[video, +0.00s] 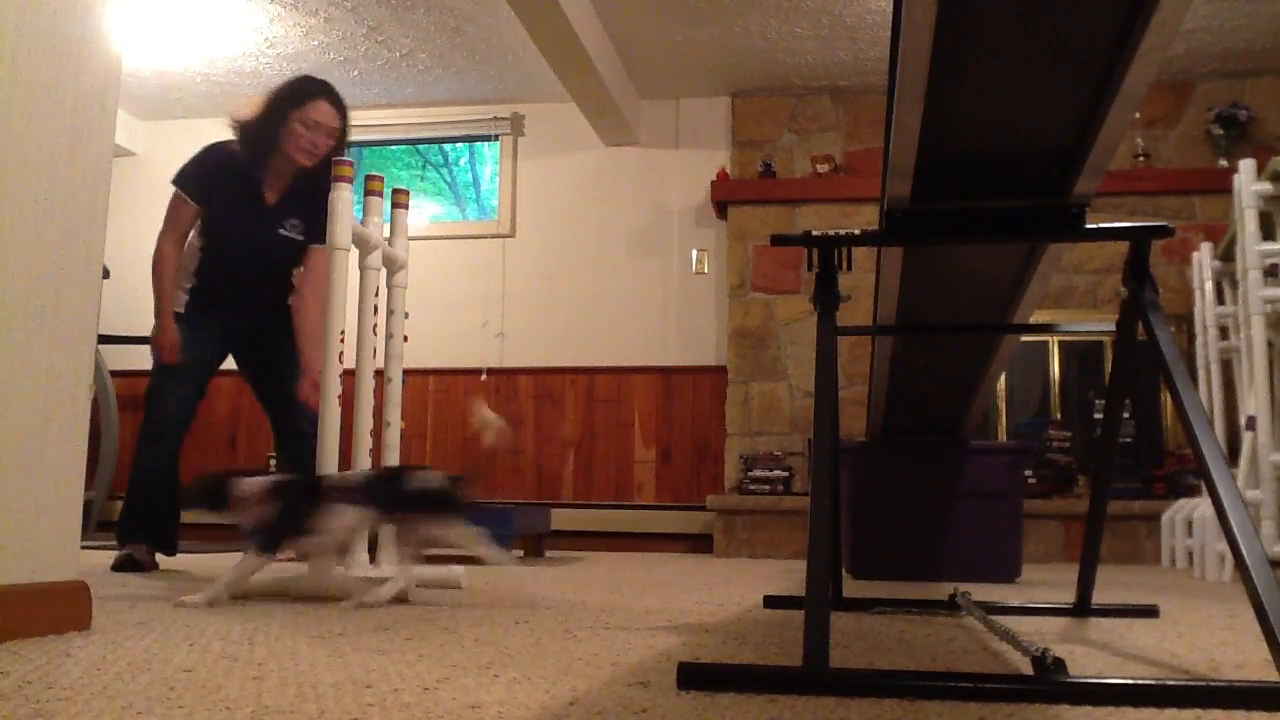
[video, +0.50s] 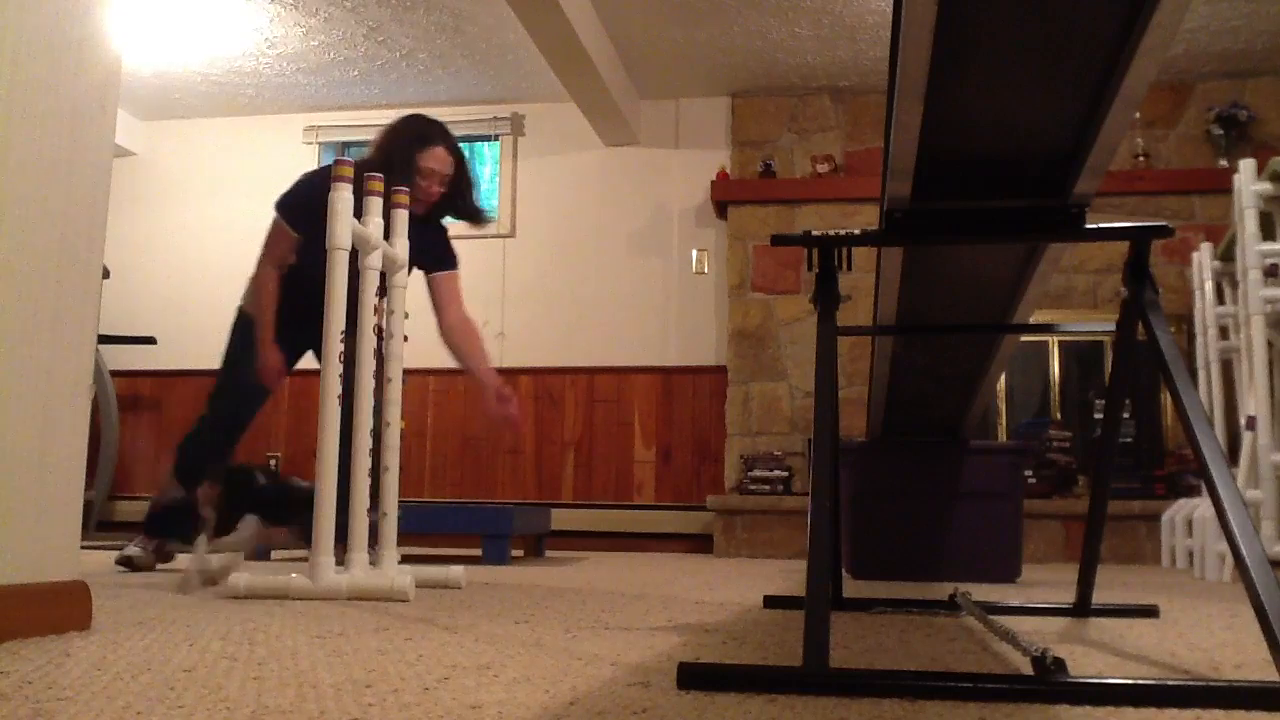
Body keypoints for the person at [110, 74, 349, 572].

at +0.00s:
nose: (316, 140)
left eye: (328, 134)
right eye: (308, 125)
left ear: (333, 144)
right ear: (280, 118)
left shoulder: (316, 193)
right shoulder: (221, 162)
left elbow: (312, 287)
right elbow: (170, 239)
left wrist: (311, 367)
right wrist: (164, 318)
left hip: (268, 319)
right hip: (205, 312)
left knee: (300, 422)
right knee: (165, 414)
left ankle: (297, 538)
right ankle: (140, 542)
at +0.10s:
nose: (333, 150)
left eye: (344, 143)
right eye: (324, 134)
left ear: (351, 151)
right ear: (296, 127)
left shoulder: (331, 200)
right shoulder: (234, 167)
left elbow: (330, 288)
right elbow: (180, 241)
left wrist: (331, 354)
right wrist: (167, 317)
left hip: (275, 321)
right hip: (208, 314)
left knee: (306, 423)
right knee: (168, 419)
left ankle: (319, 542)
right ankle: (139, 542)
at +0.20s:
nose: (370, 165)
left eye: (380, 156)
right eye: (360, 150)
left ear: (386, 159)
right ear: (329, 143)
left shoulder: (355, 206)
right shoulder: (271, 176)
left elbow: (364, 285)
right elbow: (210, 248)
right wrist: (191, 324)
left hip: (293, 323)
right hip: (230, 318)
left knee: (331, 422)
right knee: (181, 422)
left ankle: (344, 541)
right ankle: (139, 541)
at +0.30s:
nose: (392, 174)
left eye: (404, 168)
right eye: (385, 159)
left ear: (411, 174)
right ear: (355, 148)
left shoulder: (386, 216)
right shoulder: (295, 181)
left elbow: (397, 297)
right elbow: (233, 256)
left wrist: (414, 365)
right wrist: (212, 330)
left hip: (314, 329)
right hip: (250, 320)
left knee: (352, 425)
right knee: (195, 424)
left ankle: (346, 546)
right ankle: (139, 541)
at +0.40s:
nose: (420, 184)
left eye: (431, 177)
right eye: (412, 170)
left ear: (438, 181)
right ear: (384, 159)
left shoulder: (415, 228)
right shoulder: (316, 186)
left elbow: (437, 316)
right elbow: (257, 265)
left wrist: (469, 386)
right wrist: (248, 342)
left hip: (335, 322)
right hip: (271, 312)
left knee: (365, 425)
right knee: (216, 416)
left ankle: (346, 545)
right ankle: (147, 534)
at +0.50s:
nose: (433, 189)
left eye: (443, 180)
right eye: (425, 175)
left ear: (451, 180)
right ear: (395, 165)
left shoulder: (428, 232)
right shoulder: (324, 187)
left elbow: (453, 315)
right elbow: (270, 265)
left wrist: (489, 380)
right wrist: (265, 344)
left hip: (348, 319)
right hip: (285, 304)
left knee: (371, 425)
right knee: (232, 410)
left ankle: (349, 539)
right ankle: (161, 531)